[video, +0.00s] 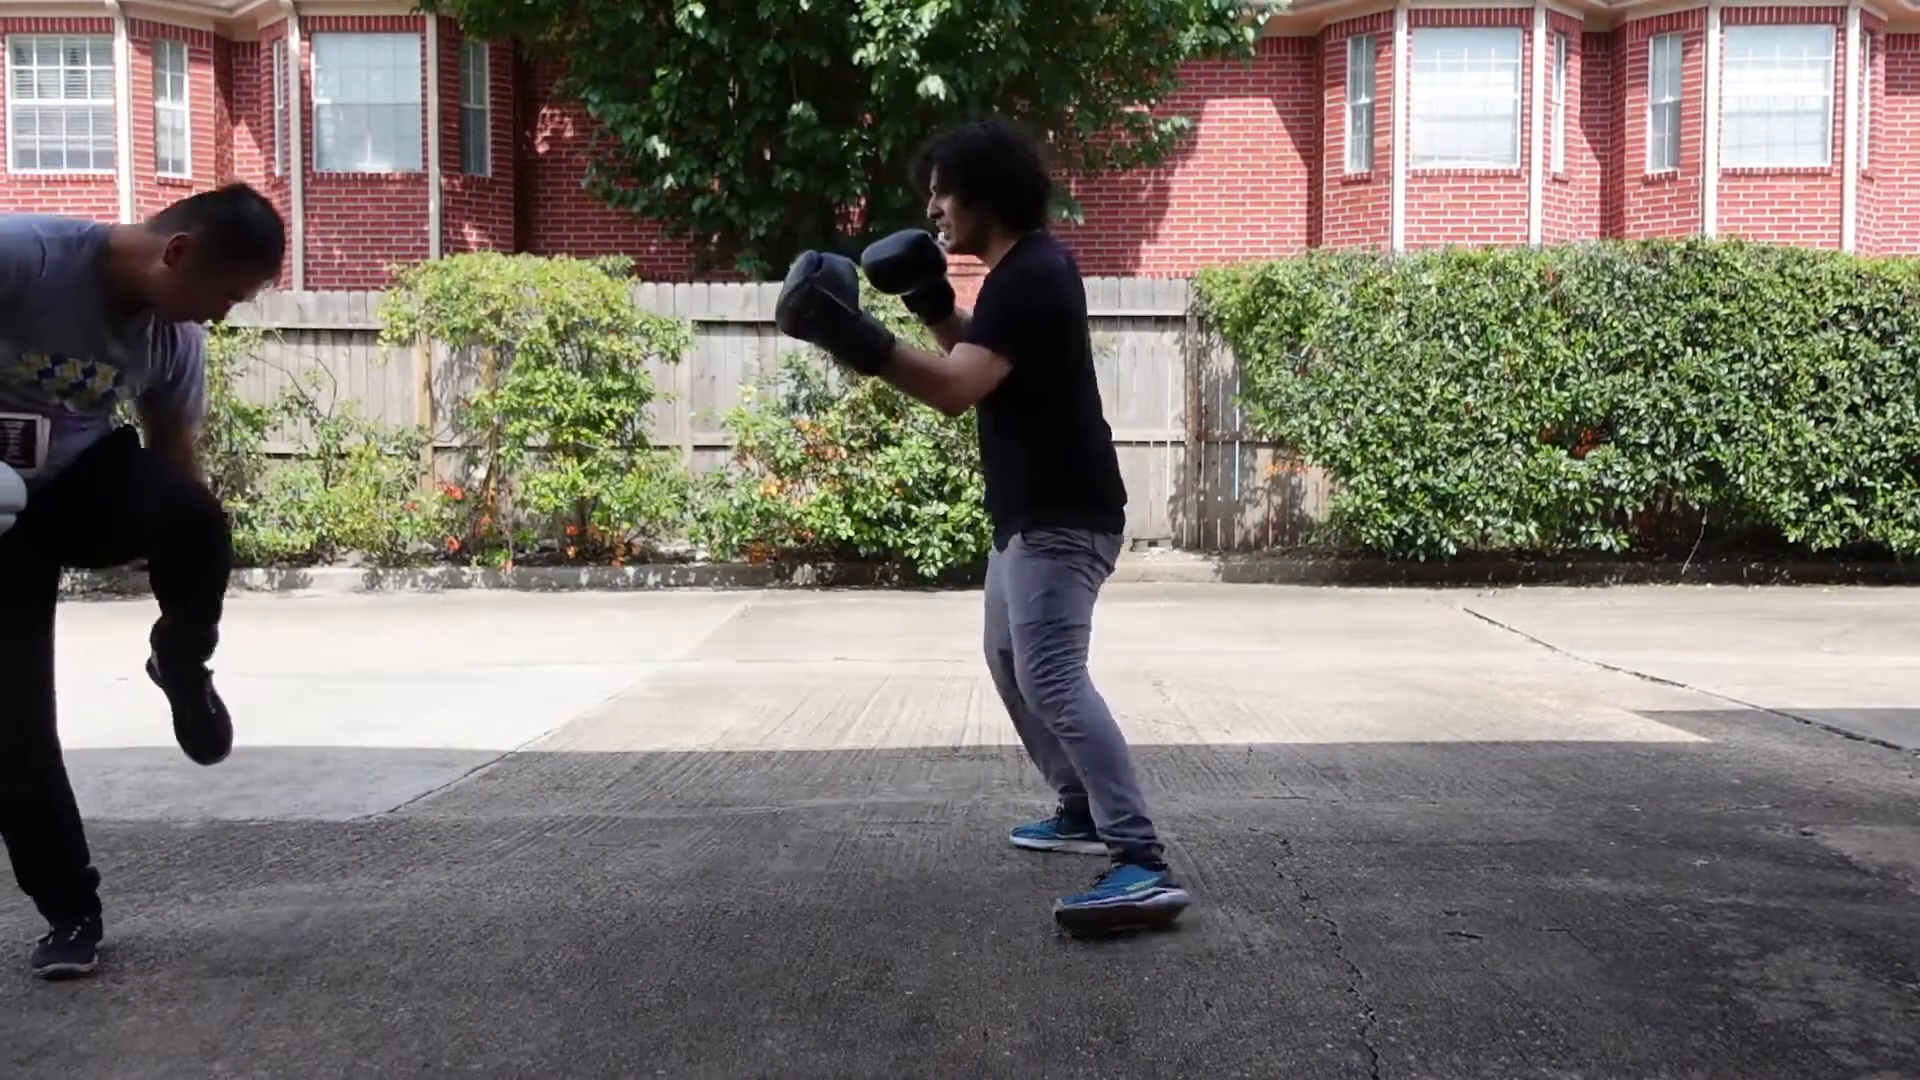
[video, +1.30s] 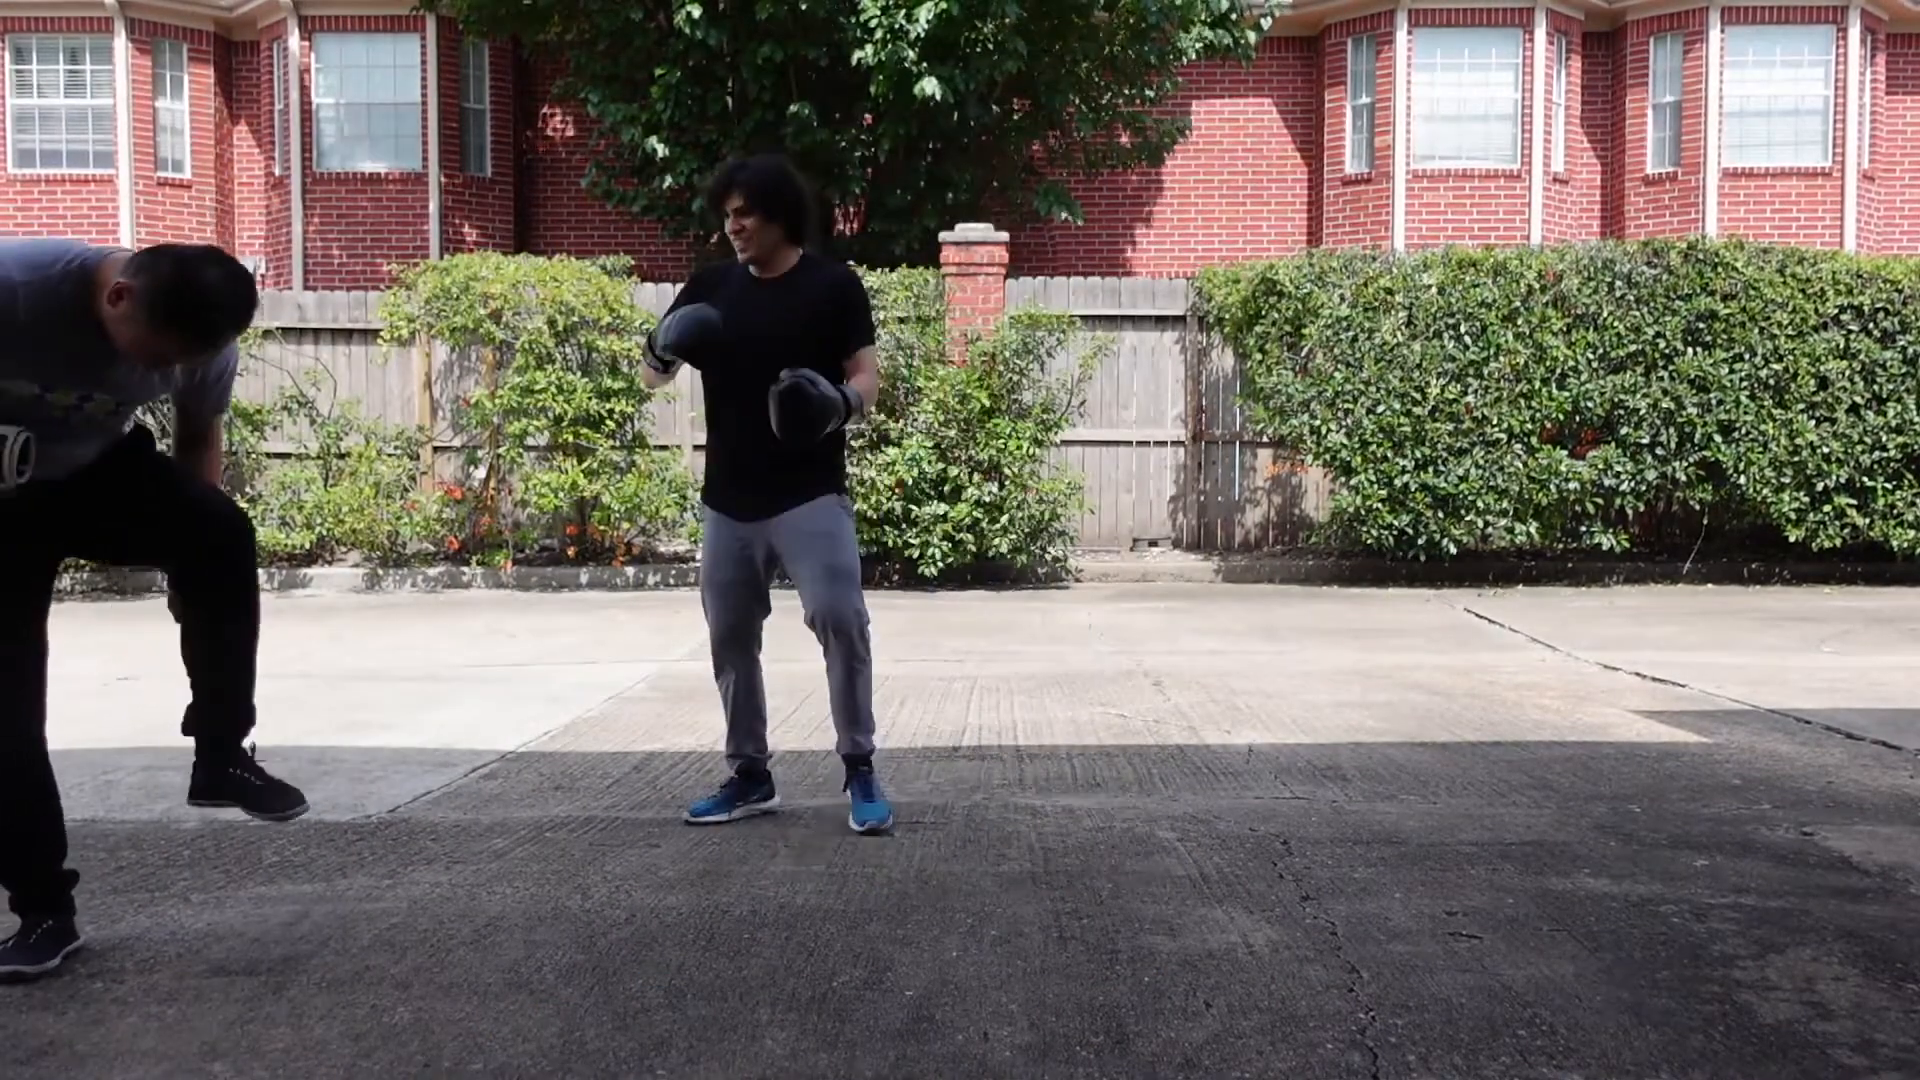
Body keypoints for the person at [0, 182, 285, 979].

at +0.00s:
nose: (224, 313)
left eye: (236, 301)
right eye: (226, 294)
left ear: (179, 254)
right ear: (179, 252)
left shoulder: (174, 345)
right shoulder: (24, 257)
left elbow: (180, 477)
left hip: (84, 485)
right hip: (4, 507)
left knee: (196, 518)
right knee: (16, 730)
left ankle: (182, 659)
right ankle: (70, 915)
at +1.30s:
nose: (164, 371)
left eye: (181, 362)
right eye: (157, 355)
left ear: (209, 341)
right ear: (119, 296)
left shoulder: (203, 348)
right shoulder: (18, 292)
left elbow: (199, 456)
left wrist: (194, 571)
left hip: (100, 471)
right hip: (9, 488)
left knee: (219, 533)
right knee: (9, 709)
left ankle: (219, 756)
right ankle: (43, 908)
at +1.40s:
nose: (156, 341)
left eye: (171, 333)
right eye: (150, 325)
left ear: (202, 307)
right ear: (117, 264)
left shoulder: (199, 294)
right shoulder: (16, 269)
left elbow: (215, 399)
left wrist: (252, 512)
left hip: (128, 497)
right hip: (18, 510)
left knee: (213, 658)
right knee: (13, 709)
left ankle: (207, 873)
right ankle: (45, 910)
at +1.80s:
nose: (232, 220)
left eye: (250, 205)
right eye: (221, 201)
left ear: (269, 186)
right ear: (172, 146)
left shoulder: (265, 214)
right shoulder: (57, 204)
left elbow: (330, 348)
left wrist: (217, 377)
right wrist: (30, 428)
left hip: (190, 501)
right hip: (59, 503)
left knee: (206, 714)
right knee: (55, 718)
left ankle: (174, 922)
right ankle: (18, 945)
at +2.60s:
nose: (351, 209)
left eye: (363, 191)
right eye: (352, 183)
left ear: (293, 145)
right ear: (290, 140)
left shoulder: (249, 215)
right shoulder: (144, 203)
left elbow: (257, 323)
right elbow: (21, 332)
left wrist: (245, 405)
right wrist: (131, 431)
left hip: (126, 479)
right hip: (36, 476)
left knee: (173, 709)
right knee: (63, 732)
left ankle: (164, 937)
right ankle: (40, 1011)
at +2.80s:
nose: (412, 188)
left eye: (421, 164)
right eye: (413, 161)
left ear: (351, 139)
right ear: (362, 142)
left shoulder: (277, 215)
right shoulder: (233, 207)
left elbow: (232, 339)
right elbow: (115, 353)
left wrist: (270, 412)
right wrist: (216, 429)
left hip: (157, 490)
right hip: (88, 489)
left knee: (214, 727)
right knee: (112, 739)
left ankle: (261, 949)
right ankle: (46, 1017)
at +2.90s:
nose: (427, 184)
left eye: (436, 162)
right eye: (431, 159)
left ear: (363, 127)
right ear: (390, 136)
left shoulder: (279, 196)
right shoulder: (275, 205)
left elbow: (240, 339)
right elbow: (200, 365)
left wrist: (303, 402)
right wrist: (294, 431)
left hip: (201, 489)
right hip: (138, 492)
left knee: (265, 719)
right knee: (168, 742)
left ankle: (266, 946)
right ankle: (52, 1000)